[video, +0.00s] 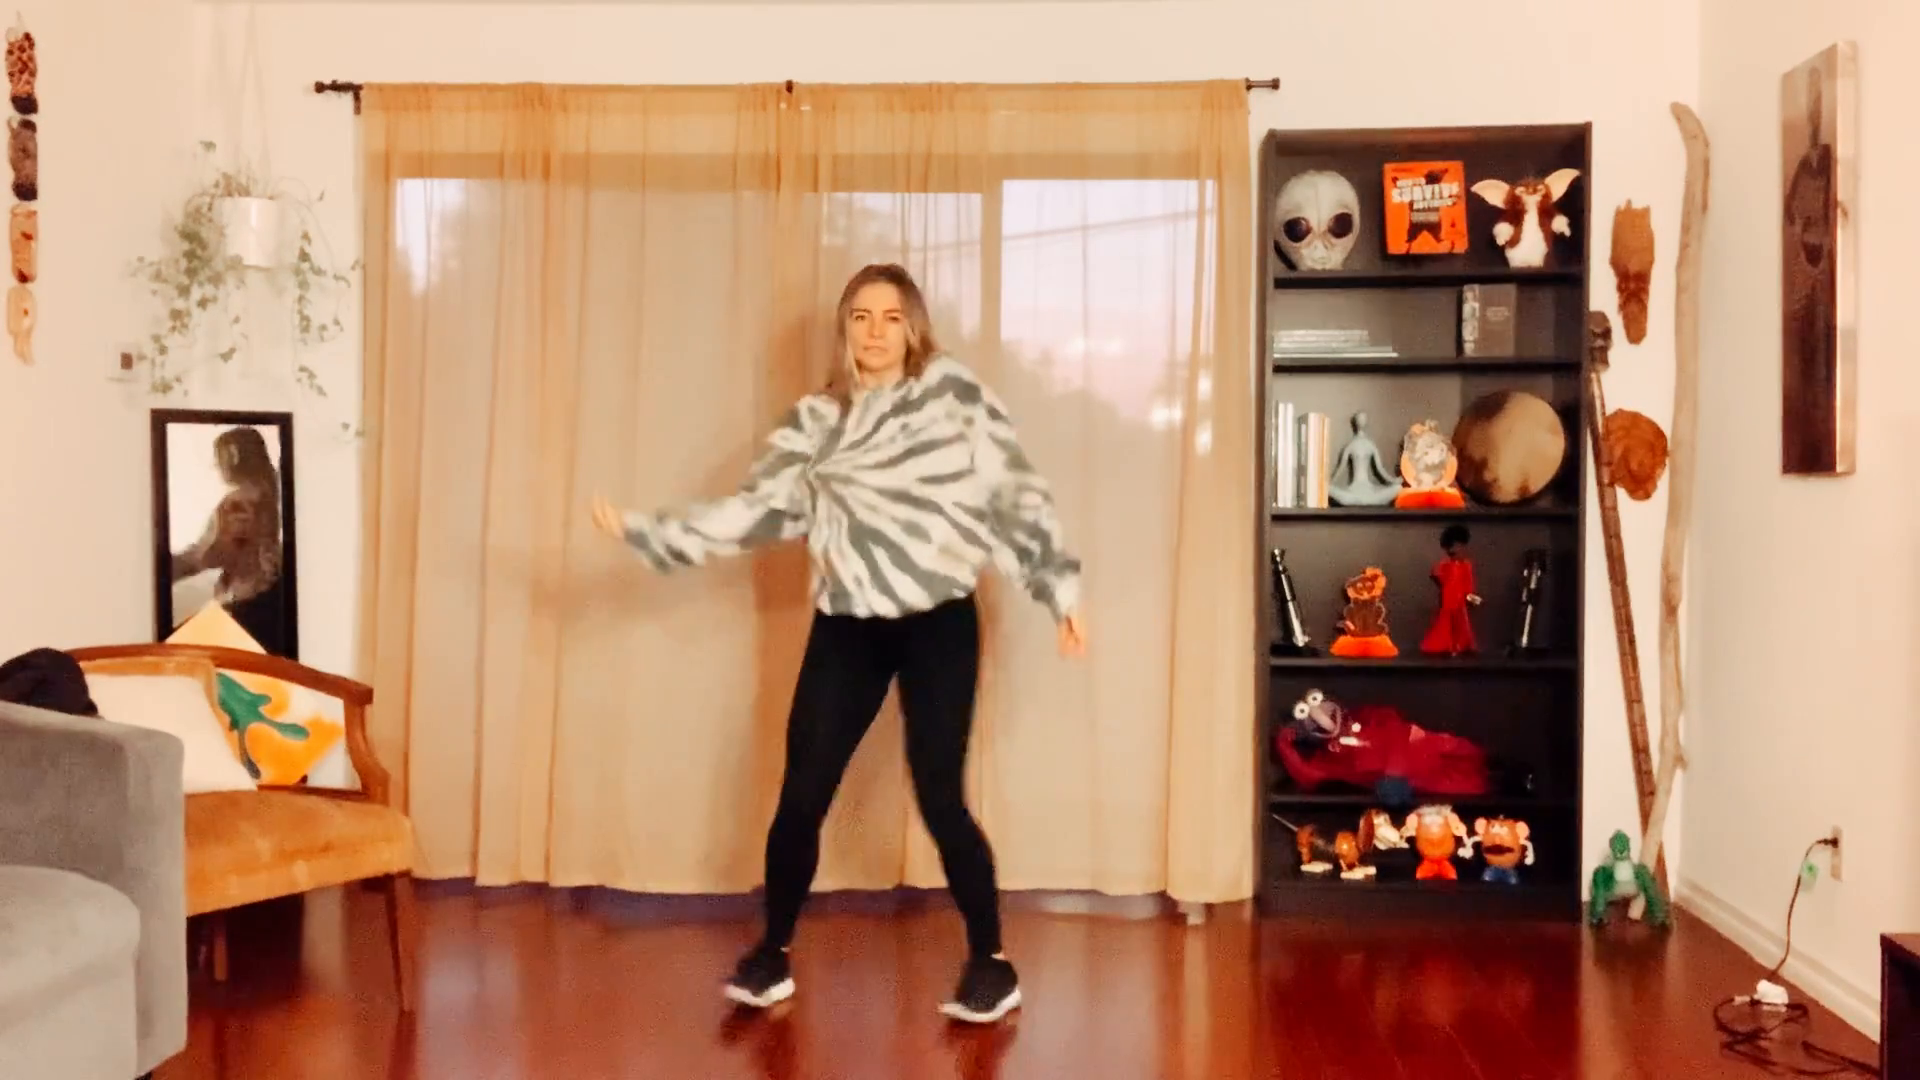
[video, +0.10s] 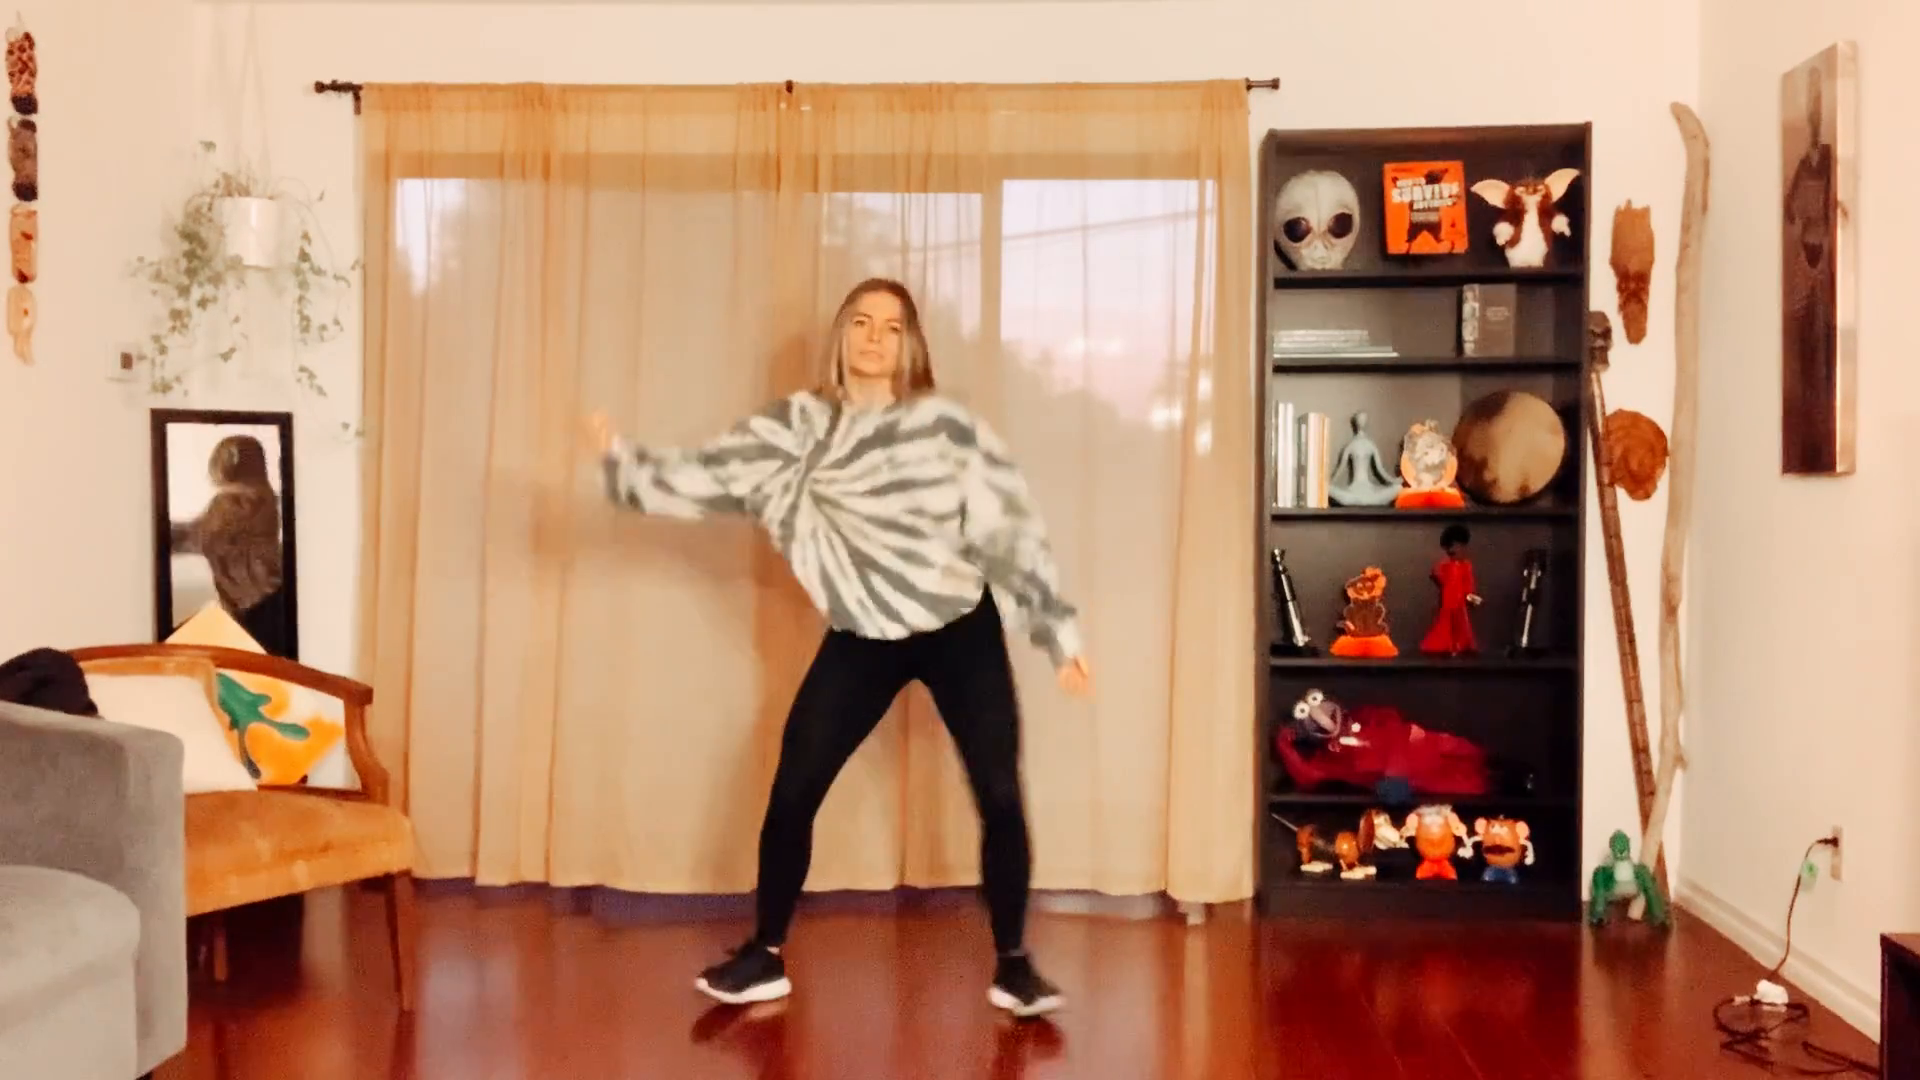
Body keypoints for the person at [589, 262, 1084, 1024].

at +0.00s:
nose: (875, 330)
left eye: (891, 318)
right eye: (862, 316)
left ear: (915, 329)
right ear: (843, 327)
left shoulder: (955, 400)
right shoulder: (819, 421)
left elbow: (1016, 494)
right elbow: (759, 510)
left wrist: (1058, 588)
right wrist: (646, 530)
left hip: (938, 620)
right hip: (848, 623)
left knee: (941, 802)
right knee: (802, 795)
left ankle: (990, 963)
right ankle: (771, 953)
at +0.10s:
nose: (876, 334)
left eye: (891, 326)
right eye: (863, 322)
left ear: (910, 344)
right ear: (838, 335)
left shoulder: (947, 426)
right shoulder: (801, 426)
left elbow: (1012, 531)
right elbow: (715, 472)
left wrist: (1059, 630)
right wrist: (624, 462)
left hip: (961, 626)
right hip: (865, 634)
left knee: (1001, 797)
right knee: (794, 790)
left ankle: (1013, 963)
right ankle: (765, 954)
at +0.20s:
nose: (889, 347)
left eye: (906, 343)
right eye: (878, 333)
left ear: (920, 367)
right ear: (849, 347)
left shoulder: (946, 446)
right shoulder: (807, 427)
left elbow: (1002, 560)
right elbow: (729, 438)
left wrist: (1073, 658)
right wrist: (667, 421)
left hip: (974, 640)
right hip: (878, 641)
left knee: (1054, 799)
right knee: (798, 800)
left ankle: (1038, 967)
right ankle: (760, 958)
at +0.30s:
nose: (952, 347)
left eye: (964, 339)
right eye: (937, 334)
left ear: (979, 357)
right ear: (906, 348)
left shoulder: (1007, 449)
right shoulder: (866, 430)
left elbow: (1072, 549)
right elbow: (792, 467)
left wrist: (1152, 605)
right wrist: (717, 456)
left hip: (987, 653)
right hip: (888, 648)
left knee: (1086, 800)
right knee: (801, 796)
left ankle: (1049, 969)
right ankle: (755, 955)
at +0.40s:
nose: (1018, 347)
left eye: (1033, 341)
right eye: (1004, 338)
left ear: (1054, 368)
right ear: (977, 359)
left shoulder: (1084, 462)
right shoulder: (934, 442)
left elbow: (1185, 508)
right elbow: (863, 522)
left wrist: (1303, 512)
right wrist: (800, 574)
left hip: (1002, 662)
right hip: (902, 647)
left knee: (1106, 805)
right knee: (807, 797)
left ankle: (1051, 969)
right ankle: (752, 955)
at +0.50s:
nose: (1055, 359)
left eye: (1070, 350)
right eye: (1040, 351)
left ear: (1091, 376)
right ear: (1021, 375)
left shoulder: (1129, 463)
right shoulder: (983, 459)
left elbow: (1236, 454)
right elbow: (925, 549)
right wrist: (865, 624)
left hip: (1028, 668)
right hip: (930, 650)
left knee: (1129, 817)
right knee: (831, 801)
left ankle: (1054, 972)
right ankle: (760, 954)